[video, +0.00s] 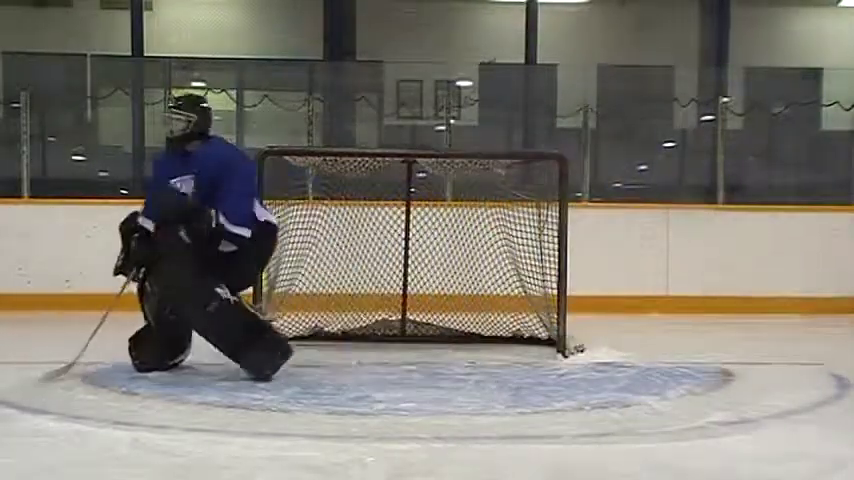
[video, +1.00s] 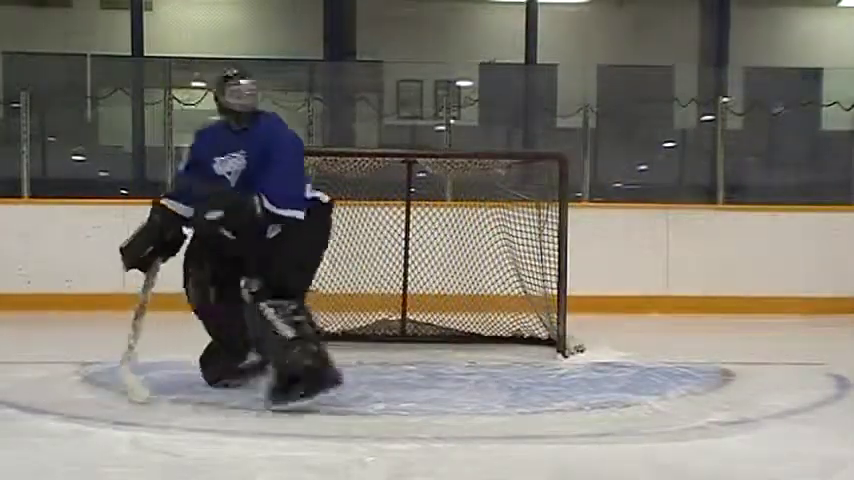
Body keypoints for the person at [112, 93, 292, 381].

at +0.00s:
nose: (171, 126)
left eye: (179, 120)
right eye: (170, 119)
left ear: (198, 124)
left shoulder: (229, 160)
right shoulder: (167, 162)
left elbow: (236, 228)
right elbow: (155, 209)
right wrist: (138, 241)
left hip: (248, 241)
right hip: (199, 240)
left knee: (189, 286)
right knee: (158, 274)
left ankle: (262, 349)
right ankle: (164, 345)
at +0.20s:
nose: (170, 116)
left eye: (178, 110)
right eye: (169, 109)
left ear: (197, 113)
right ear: (166, 111)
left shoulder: (231, 146)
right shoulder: (153, 161)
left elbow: (266, 196)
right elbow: (137, 218)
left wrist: (243, 200)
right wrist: (122, 257)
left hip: (235, 242)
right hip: (188, 252)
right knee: (155, 293)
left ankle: (245, 366)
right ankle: (150, 352)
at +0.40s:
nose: (182, 97)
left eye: (192, 92)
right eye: (180, 90)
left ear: (210, 98)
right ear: (175, 93)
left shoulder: (239, 136)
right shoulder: (160, 144)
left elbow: (271, 192)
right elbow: (140, 208)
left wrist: (242, 194)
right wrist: (118, 244)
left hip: (246, 231)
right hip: (198, 233)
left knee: (194, 289)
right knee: (153, 283)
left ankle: (235, 370)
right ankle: (170, 351)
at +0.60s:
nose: (189, 82)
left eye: (199, 77)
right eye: (187, 75)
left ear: (218, 84)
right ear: (183, 78)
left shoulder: (237, 126)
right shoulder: (178, 124)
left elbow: (240, 204)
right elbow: (158, 182)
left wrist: (192, 184)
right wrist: (144, 227)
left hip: (256, 222)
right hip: (213, 221)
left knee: (189, 278)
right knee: (164, 272)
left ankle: (217, 378)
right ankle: (184, 367)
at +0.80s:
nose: (199, 88)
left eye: (208, 81)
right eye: (199, 80)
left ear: (227, 86)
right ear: (202, 85)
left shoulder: (249, 127)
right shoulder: (201, 129)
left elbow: (241, 198)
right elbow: (183, 188)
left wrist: (188, 201)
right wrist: (156, 234)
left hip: (271, 225)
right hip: (228, 225)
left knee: (206, 287)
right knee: (186, 272)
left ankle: (239, 375)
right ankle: (205, 361)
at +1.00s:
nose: (243, 100)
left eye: (248, 92)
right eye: (234, 93)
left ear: (256, 96)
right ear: (219, 99)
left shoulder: (278, 138)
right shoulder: (208, 140)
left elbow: (283, 203)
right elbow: (185, 193)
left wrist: (242, 215)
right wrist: (158, 232)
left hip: (292, 221)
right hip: (233, 222)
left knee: (275, 290)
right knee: (203, 275)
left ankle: (304, 363)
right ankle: (239, 351)